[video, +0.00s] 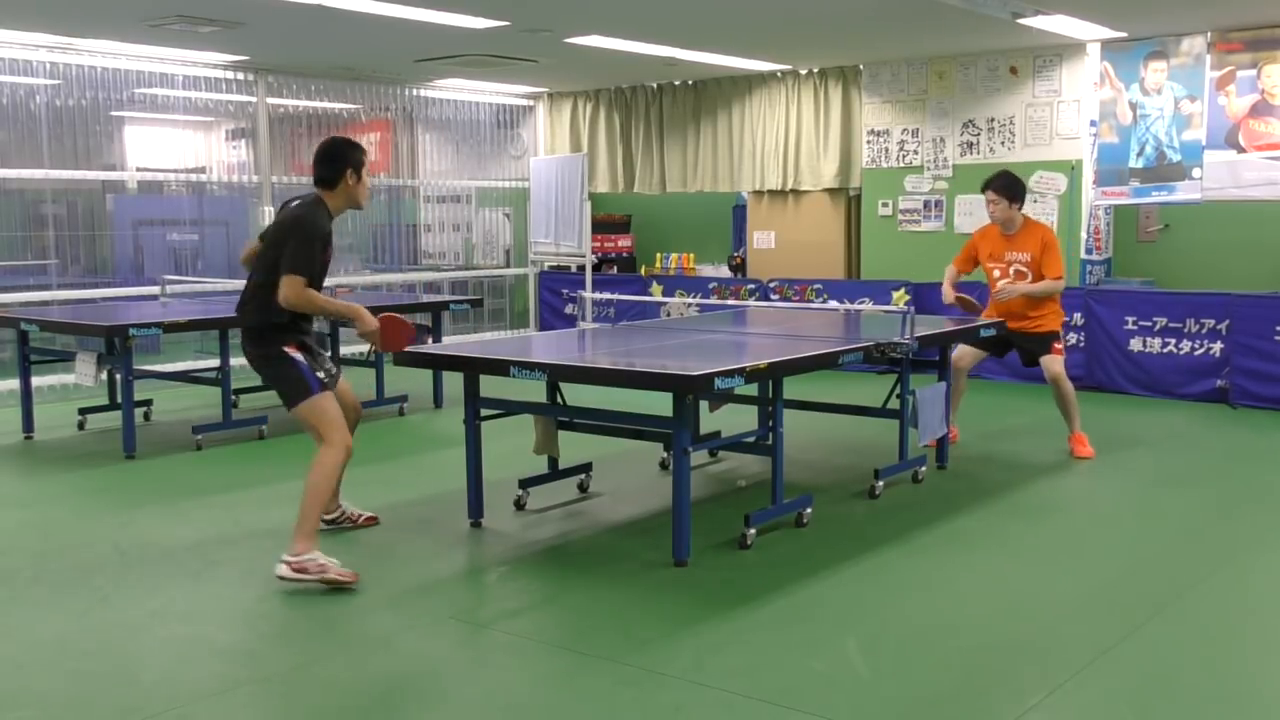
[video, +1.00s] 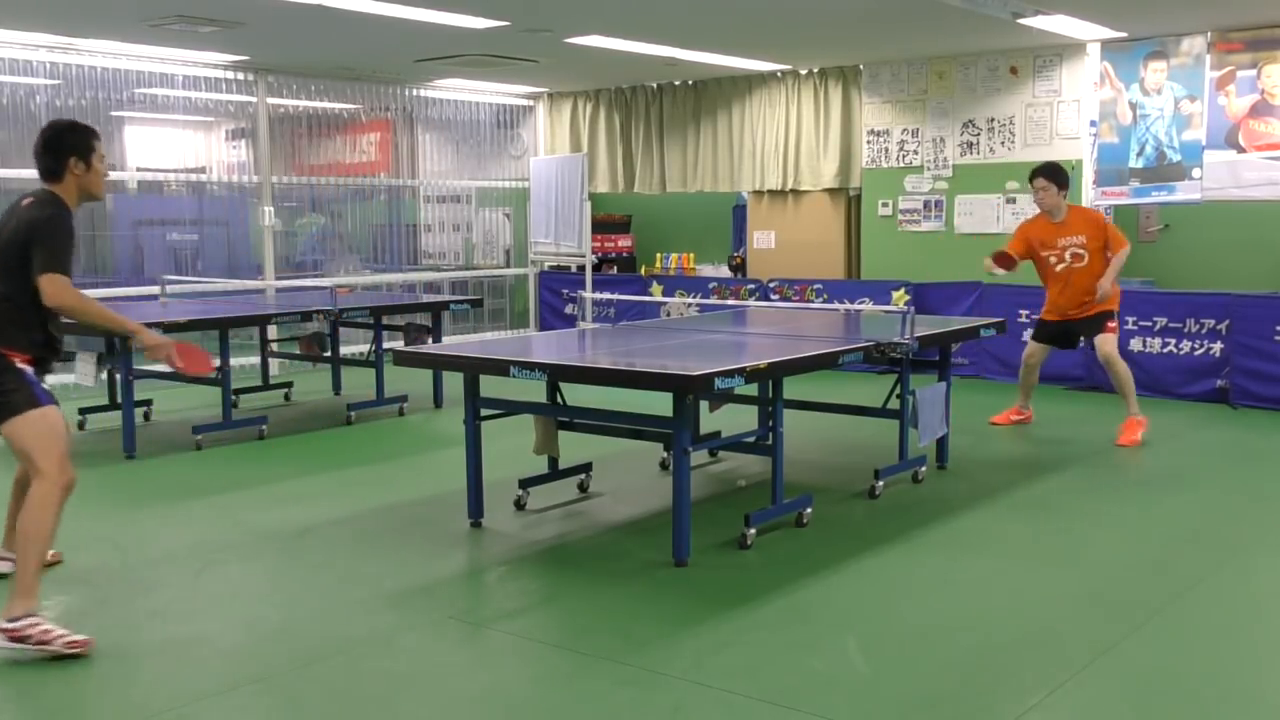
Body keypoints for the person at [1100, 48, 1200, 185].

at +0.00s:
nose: (1158, 76)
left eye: (1162, 71)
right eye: (1154, 71)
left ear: (1167, 72)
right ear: (1143, 72)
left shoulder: (1173, 89)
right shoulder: (1135, 90)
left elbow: (1198, 105)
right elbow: (1125, 120)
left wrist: (1191, 106)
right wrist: (1121, 95)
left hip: (1171, 161)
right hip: (1141, 163)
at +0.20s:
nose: (1158, 77)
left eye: (1162, 71)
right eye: (1154, 71)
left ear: (1168, 72)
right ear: (1143, 72)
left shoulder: (1173, 89)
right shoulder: (1135, 90)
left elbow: (1199, 105)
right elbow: (1125, 120)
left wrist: (1191, 107)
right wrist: (1121, 95)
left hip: (1171, 162)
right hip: (1141, 164)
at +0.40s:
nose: (1158, 76)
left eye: (1162, 71)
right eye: (1154, 71)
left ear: (1167, 72)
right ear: (1143, 71)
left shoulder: (1173, 88)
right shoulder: (1135, 90)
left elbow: (1198, 105)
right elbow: (1125, 120)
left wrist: (1191, 106)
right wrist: (1121, 94)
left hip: (1171, 161)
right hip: (1141, 163)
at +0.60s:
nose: (1158, 76)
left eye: (1162, 71)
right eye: (1154, 71)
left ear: (1167, 72)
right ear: (1143, 71)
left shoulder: (1173, 89)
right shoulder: (1135, 90)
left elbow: (1199, 105)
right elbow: (1125, 120)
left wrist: (1191, 106)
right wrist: (1121, 95)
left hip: (1171, 161)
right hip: (1141, 163)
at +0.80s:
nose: (1158, 76)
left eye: (1162, 71)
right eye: (1154, 71)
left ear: (1167, 72)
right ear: (1143, 72)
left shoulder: (1173, 89)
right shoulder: (1134, 91)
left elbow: (1199, 105)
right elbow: (1125, 120)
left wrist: (1191, 107)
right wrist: (1120, 95)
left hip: (1171, 161)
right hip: (1141, 163)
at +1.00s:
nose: (1158, 76)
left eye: (1162, 71)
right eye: (1154, 71)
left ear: (1167, 72)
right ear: (1143, 72)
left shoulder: (1173, 89)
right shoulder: (1135, 90)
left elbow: (1198, 105)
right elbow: (1125, 120)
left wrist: (1191, 106)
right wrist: (1120, 94)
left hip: (1171, 161)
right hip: (1141, 163)